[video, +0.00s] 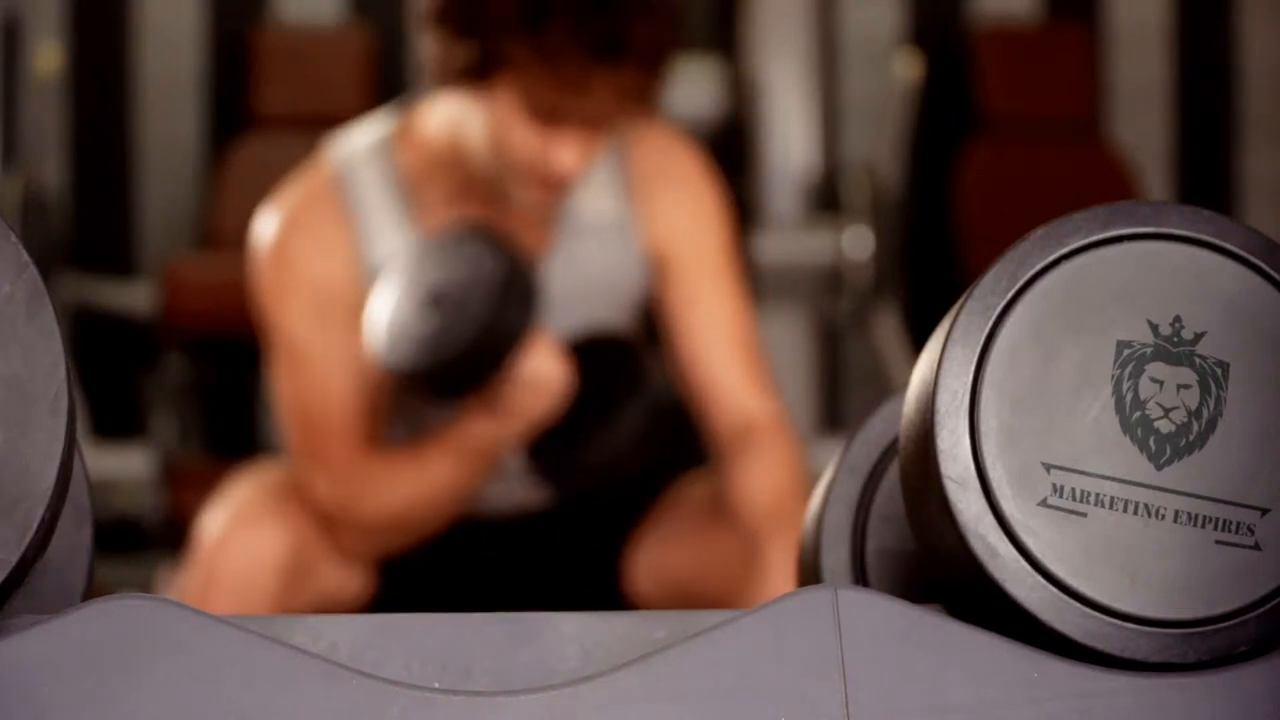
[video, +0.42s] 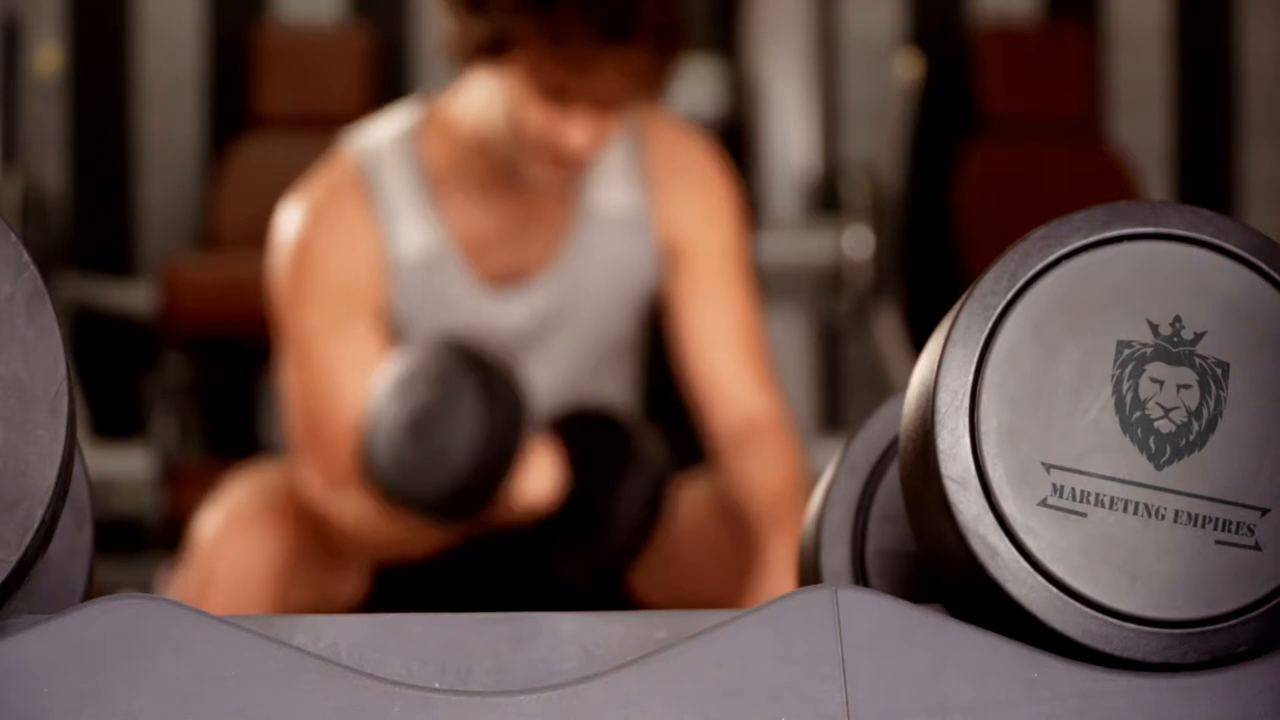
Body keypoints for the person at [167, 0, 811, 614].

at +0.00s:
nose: (570, 156)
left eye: (602, 122)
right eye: (544, 116)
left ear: (633, 100)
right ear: (473, 71)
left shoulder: (661, 172)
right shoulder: (312, 221)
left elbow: (748, 426)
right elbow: (354, 515)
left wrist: (786, 588)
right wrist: (503, 420)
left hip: (597, 523)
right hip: (401, 538)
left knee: (788, 542)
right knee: (249, 533)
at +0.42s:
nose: (581, 138)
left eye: (612, 105)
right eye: (557, 98)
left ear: (648, 83)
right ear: (490, 47)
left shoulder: (675, 167)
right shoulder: (337, 211)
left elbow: (748, 419)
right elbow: (347, 504)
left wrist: (782, 575)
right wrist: (539, 479)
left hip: (594, 525)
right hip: (400, 536)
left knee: (795, 533)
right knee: (244, 530)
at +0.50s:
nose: (582, 137)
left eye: (614, 105)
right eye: (558, 96)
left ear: (652, 82)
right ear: (495, 46)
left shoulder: (680, 166)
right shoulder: (346, 212)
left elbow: (750, 423)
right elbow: (349, 496)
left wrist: (778, 578)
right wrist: (577, 530)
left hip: (599, 542)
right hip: (412, 544)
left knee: (789, 517)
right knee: (243, 522)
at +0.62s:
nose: (583, 137)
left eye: (615, 105)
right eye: (559, 96)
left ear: (655, 85)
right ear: (495, 47)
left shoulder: (687, 169)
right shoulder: (356, 216)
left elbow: (749, 424)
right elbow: (343, 512)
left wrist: (774, 575)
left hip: (606, 513)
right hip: (418, 522)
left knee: (793, 538)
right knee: (238, 532)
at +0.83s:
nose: (588, 146)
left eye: (621, 115)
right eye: (564, 105)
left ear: (662, 94)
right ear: (502, 53)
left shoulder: (692, 172)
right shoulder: (372, 224)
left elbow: (752, 428)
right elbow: (346, 529)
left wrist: (772, 580)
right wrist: (415, 700)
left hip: (600, 523)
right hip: (416, 530)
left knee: (786, 534)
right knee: (242, 531)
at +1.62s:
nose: (596, 220)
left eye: (631, 188)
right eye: (570, 176)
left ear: (676, 177)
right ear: (508, 136)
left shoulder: (696, 188)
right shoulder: (388, 263)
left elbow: (734, 441)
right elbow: (338, 554)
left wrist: (666, 550)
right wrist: (346, 717)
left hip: (595, 523)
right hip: (408, 530)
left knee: (756, 555)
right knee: (228, 537)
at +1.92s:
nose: (611, 171)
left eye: (648, 139)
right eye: (584, 127)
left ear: (695, 130)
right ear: (523, 98)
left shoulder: (729, 170)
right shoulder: (410, 200)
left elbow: (733, 425)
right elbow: (337, 495)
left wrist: (605, 613)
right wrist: (357, 693)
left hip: (586, 448)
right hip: (386, 450)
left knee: (746, 566)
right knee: (230, 542)